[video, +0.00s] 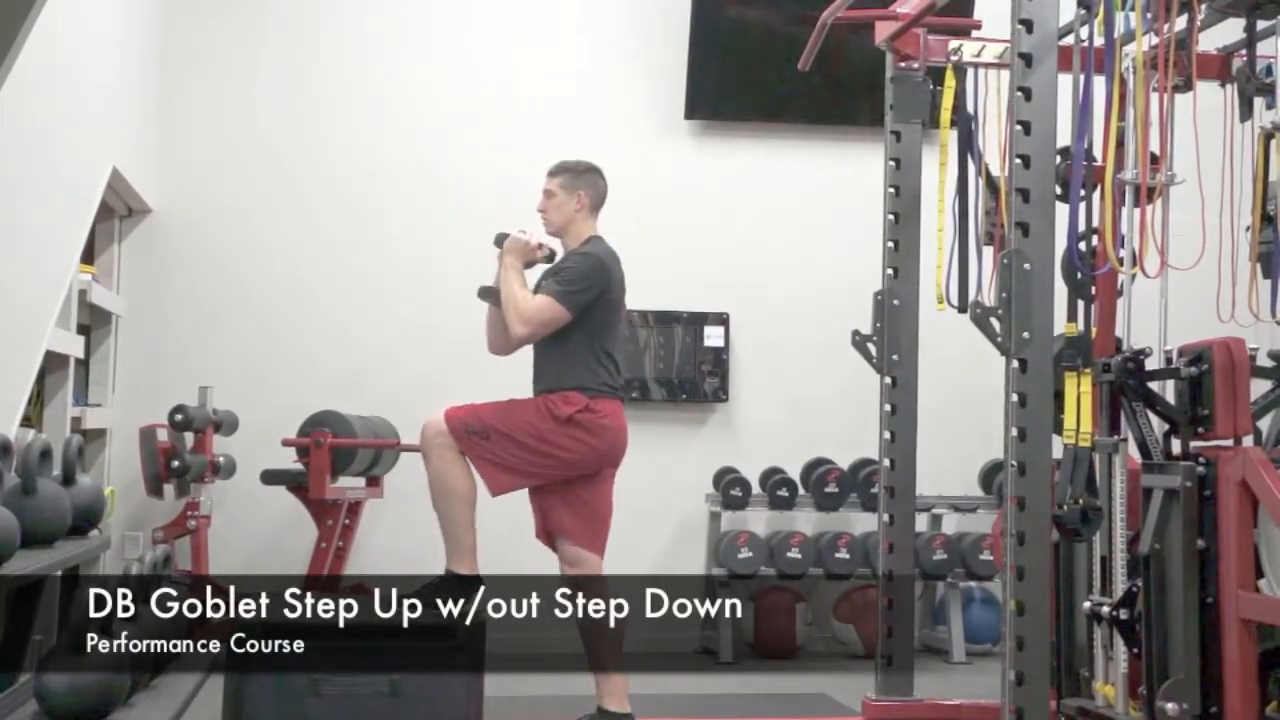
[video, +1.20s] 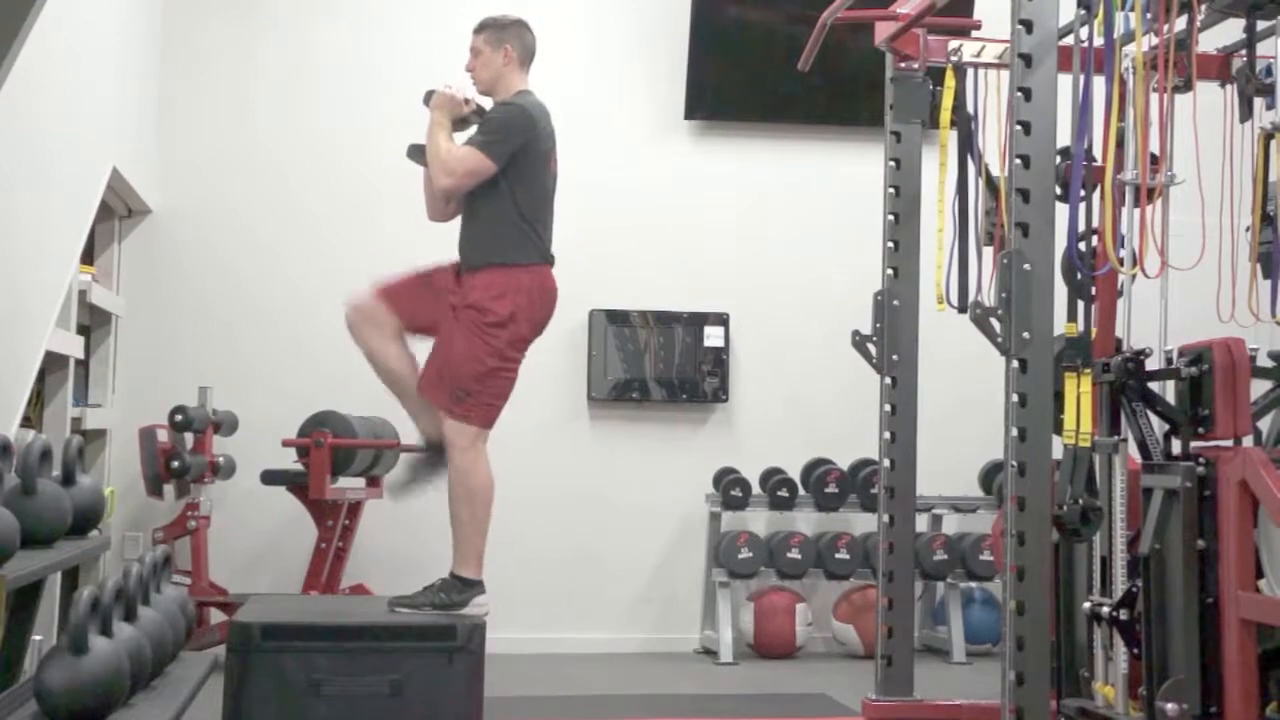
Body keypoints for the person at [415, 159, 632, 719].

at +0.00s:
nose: (540, 204)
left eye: (550, 195)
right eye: (542, 194)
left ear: (581, 201)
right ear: (574, 203)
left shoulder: (595, 261)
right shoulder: (569, 267)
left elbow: (525, 323)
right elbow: (502, 342)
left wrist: (510, 262)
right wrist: (506, 275)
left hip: (580, 416)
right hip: (585, 420)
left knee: (440, 434)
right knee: (581, 562)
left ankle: (462, 578)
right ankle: (615, 707)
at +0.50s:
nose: (468, 150)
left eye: (477, 140)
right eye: (470, 140)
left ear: (509, 144)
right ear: (508, 144)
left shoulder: (522, 203)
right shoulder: (505, 209)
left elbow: (455, 263)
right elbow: (433, 286)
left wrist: (443, 202)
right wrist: (439, 219)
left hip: (537, 358)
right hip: (559, 363)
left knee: (420, 438)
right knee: (529, 517)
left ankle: (461, 580)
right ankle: (569, 648)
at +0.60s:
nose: (461, 112)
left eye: (470, 102)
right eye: (463, 102)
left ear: (503, 106)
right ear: (501, 106)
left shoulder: (517, 165)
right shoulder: (501, 171)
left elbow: (449, 232)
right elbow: (431, 252)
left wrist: (435, 165)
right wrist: (431, 183)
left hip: (531, 321)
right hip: (536, 324)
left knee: (431, 437)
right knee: (469, 468)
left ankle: (462, 581)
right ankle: (542, 588)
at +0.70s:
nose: (461, 80)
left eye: (470, 70)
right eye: (463, 70)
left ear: (502, 74)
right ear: (499, 75)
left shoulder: (517, 134)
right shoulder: (495, 141)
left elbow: (449, 200)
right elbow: (437, 225)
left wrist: (435, 138)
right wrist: (430, 164)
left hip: (529, 296)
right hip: (505, 295)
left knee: (451, 426)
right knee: (414, 400)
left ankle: (466, 578)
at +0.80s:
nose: (463, 65)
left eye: (472, 54)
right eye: (465, 55)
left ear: (505, 55)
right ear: (504, 56)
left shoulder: (517, 112)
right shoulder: (498, 119)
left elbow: (449, 181)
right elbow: (439, 209)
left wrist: (436, 118)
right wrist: (438, 141)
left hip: (518, 285)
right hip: (480, 281)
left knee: (468, 431)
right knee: (379, 321)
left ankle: (467, 580)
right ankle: (446, 433)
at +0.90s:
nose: (464, 60)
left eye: (472, 49)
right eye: (466, 49)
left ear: (504, 50)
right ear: (504, 52)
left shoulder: (518, 109)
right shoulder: (494, 114)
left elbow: (445, 171)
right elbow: (435, 202)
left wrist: (435, 109)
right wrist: (436, 130)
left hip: (510, 282)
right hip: (477, 268)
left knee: (469, 434)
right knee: (373, 241)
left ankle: (466, 579)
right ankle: (398, 370)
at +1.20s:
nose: (467, 64)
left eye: (476, 53)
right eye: (469, 53)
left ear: (509, 55)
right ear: (507, 55)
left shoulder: (522, 114)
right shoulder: (499, 120)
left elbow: (448, 177)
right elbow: (439, 209)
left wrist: (439, 117)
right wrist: (439, 139)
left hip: (508, 287)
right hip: (470, 280)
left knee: (462, 434)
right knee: (368, 316)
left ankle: (466, 580)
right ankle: (436, 439)